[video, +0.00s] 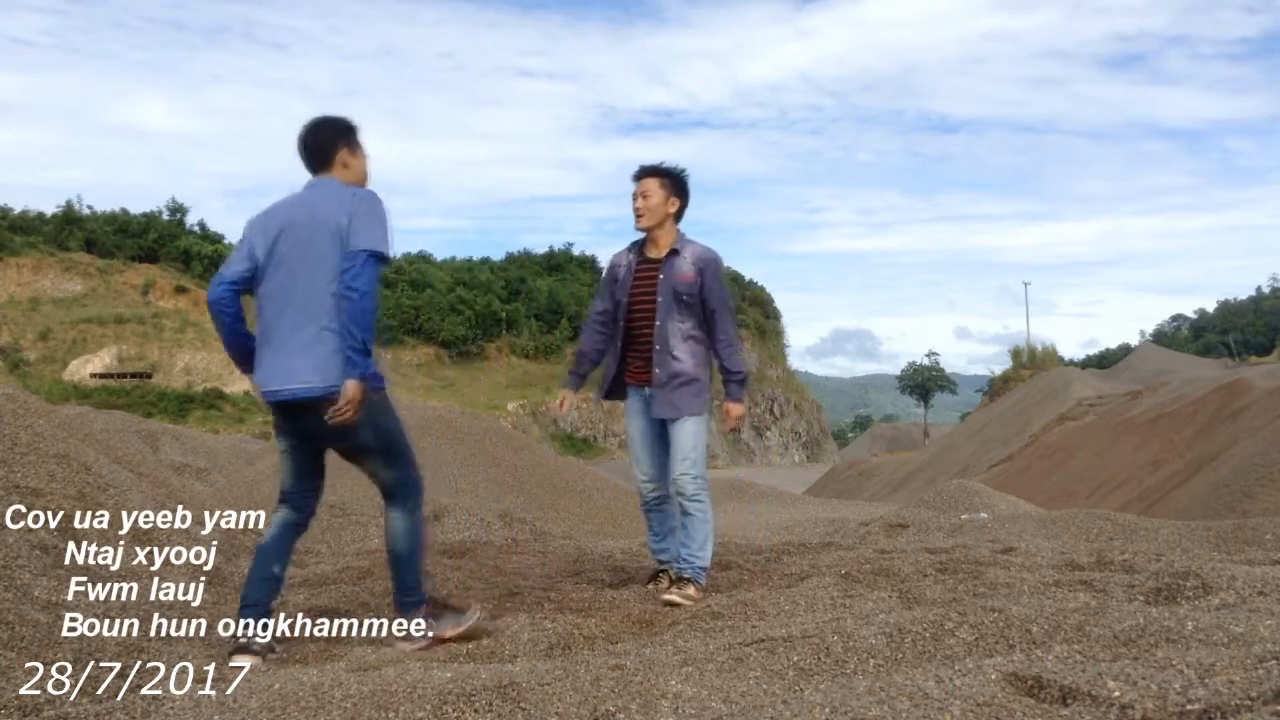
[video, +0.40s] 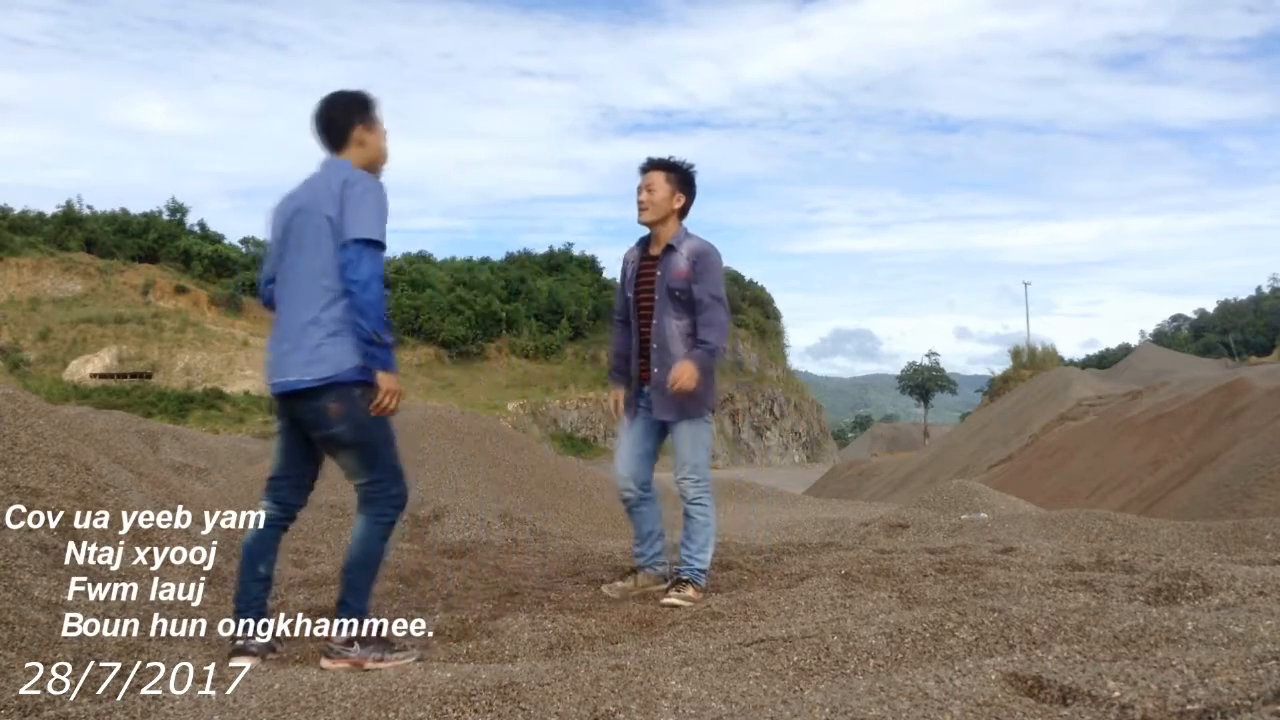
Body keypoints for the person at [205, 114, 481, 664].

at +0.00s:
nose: (366, 163)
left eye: (361, 153)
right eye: (361, 153)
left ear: (315, 162)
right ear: (345, 155)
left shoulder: (273, 215)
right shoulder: (360, 205)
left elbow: (221, 291)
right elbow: (358, 286)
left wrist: (251, 362)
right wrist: (358, 370)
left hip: (281, 385)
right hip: (338, 381)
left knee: (293, 506)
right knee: (402, 487)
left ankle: (251, 631)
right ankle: (415, 615)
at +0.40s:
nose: (386, 140)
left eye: (382, 128)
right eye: (380, 128)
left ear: (333, 138)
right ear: (361, 133)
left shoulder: (293, 200)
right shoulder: (359, 185)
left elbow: (268, 290)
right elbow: (363, 277)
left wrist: (325, 319)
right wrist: (384, 362)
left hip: (291, 381)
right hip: (338, 376)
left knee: (280, 502)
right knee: (384, 495)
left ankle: (246, 630)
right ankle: (350, 634)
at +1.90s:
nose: (559, 146)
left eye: (557, 136)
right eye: (552, 136)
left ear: (534, 139)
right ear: (529, 139)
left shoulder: (542, 208)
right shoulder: (478, 200)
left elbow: (576, 246)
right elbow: (461, 290)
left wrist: (641, 237)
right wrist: (492, 356)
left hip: (539, 375)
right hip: (492, 377)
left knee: (550, 488)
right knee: (503, 494)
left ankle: (557, 592)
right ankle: (459, 613)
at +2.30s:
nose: (538, 128)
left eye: (534, 117)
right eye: (533, 117)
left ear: (504, 125)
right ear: (517, 122)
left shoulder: (508, 194)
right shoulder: (462, 186)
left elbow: (480, 278)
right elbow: (429, 267)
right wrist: (427, 350)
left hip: (511, 367)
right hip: (465, 367)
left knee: (526, 476)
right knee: (474, 485)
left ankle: (500, 583)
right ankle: (453, 612)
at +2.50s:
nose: (531, 129)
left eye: (527, 117)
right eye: (527, 118)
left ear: (492, 126)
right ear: (513, 123)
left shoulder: (499, 192)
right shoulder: (459, 187)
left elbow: (485, 283)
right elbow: (437, 278)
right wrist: (446, 365)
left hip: (501, 370)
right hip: (463, 372)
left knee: (519, 476)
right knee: (472, 485)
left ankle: (481, 579)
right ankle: (447, 618)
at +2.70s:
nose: (520, 133)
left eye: (516, 122)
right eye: (516, 123)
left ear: (480, 128)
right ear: (503, 126)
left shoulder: (483, 190)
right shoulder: (458, 189)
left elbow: (482, 282)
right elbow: (454, 283)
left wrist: (506, 338)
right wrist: (480, 367)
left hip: (489, 365)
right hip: (465, 368)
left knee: (495, 481)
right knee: (476, 488)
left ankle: (483, 590)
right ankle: (450, 615)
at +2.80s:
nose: (518, 132)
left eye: (513, 122)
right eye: (514, 122)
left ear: (478, 130)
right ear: (500, 127)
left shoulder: (483, 191)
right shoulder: (461, 188)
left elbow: (487, 287)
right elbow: (462, 284)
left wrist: (539, 311)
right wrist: (496, 362)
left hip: (486, 365)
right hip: (466, 367)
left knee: (492, 482)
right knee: (477, 486)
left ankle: (484, 590)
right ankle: (450, 615)